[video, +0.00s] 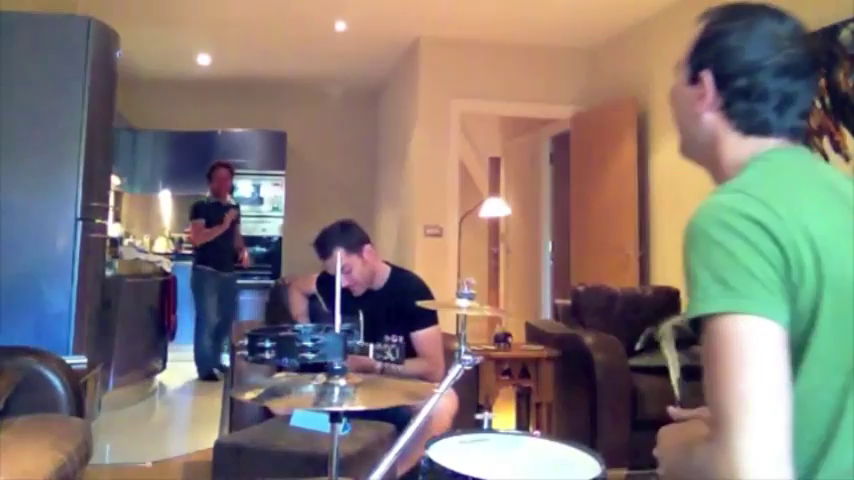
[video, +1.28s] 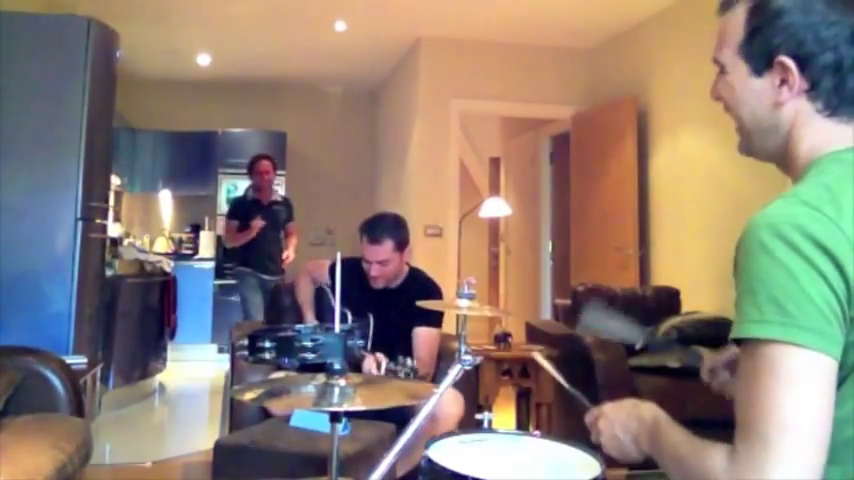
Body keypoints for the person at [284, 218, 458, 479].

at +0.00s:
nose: (343, 283)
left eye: (347, 271)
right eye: (336, 275)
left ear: (368, 253)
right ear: (329, 269)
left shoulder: (410, 289)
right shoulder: (332, 284)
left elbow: (434, 369)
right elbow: (295, 288)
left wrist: (374, 367)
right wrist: (305, 335)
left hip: (395, 391)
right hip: (339, 387)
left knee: (444, 402)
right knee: (279, 398)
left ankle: (390, 473)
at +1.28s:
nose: (372, 272)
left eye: (382, 263)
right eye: (367, 262)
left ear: (404, 255)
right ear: (362, 250)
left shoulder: (424, 291)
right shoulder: (348, 271)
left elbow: (424, 370)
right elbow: (306, 272)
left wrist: (387, 368)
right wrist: (310, 325)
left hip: (394, 387)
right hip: (341, 379)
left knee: (450, 405)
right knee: (277, 399)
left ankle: (390, 472)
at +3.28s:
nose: (360, 278)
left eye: (370, 268)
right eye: (352, 268)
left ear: (390, 258)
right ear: (344, 258)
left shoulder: (412, 295)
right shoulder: (336, 277)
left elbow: (424, 371)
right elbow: (293, 287)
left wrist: (371, 366)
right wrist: (305, 329)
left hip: (389, 388)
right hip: (336, 381)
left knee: (438, 403)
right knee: (280, 388)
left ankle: (387, 473)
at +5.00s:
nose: (354, 284)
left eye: (362, 274)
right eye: (348, 275)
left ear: (385, 261)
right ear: (340, 265)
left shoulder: (412, 295)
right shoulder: (334, 279)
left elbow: (422, 368)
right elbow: (294, 287)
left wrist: (367, 367)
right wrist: (306, 333)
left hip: (389, 387)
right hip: (335, 381)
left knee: (438, 404)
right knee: (280, 389)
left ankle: (388, 473)